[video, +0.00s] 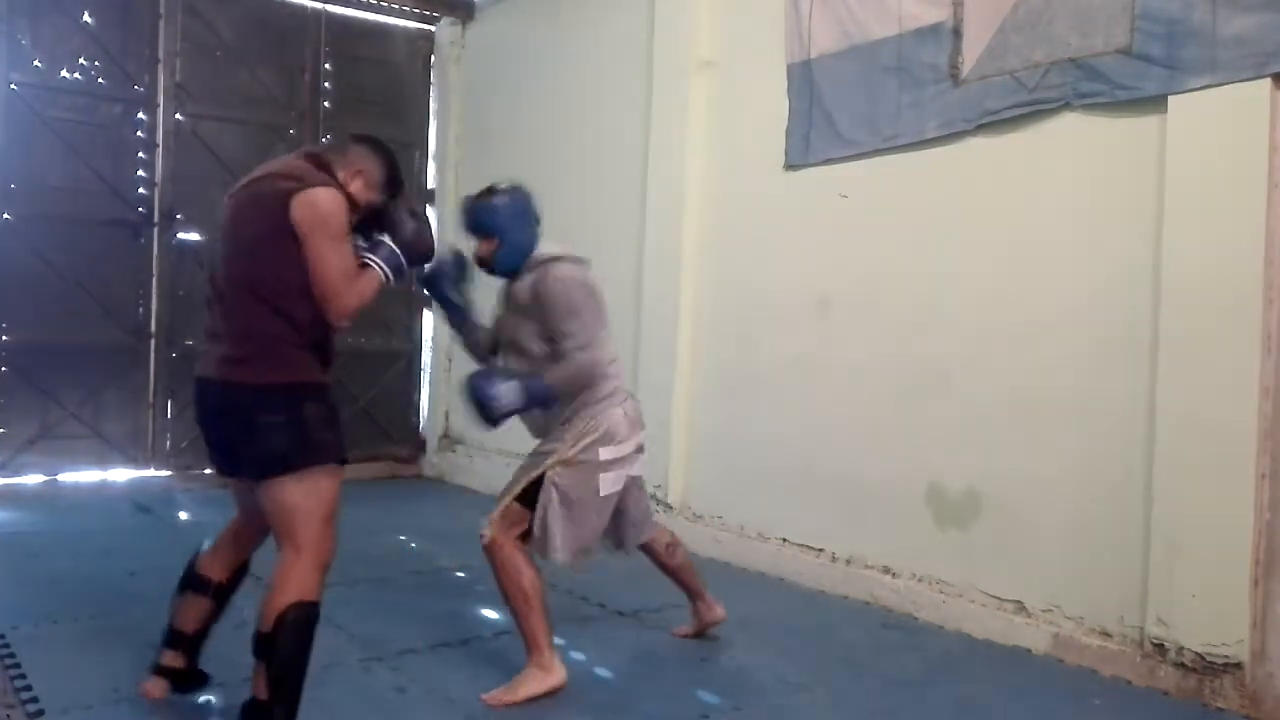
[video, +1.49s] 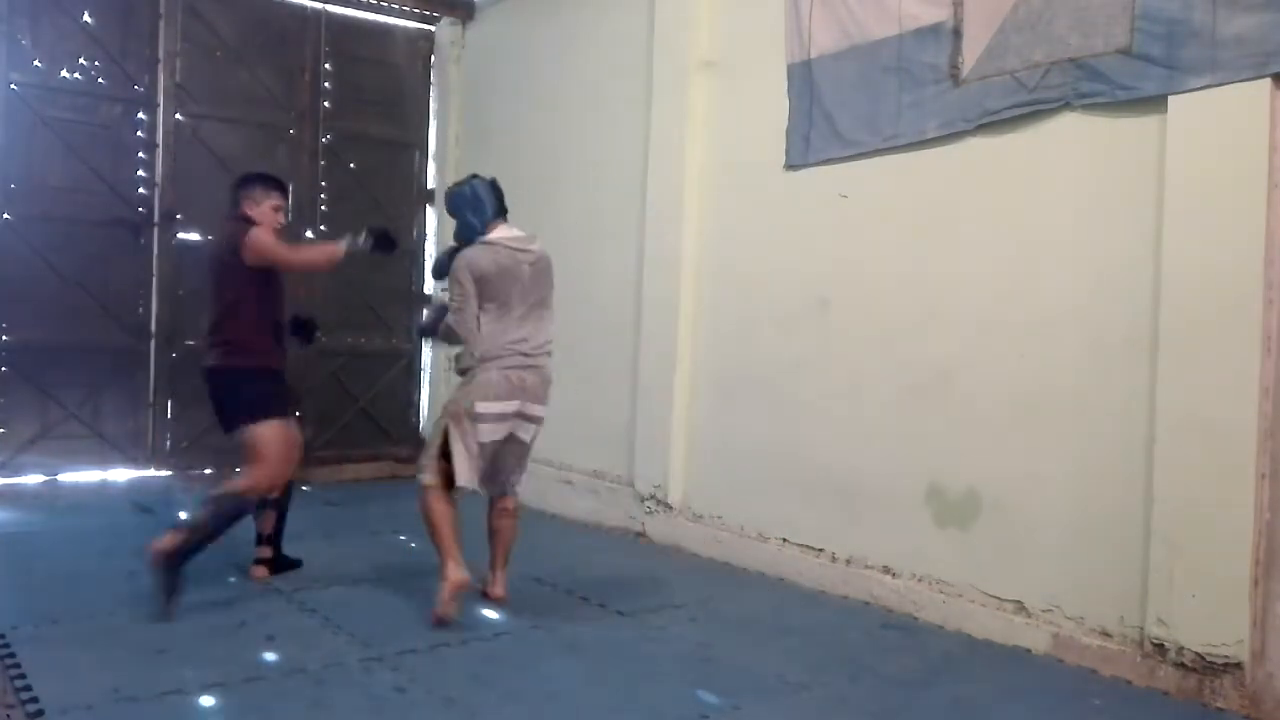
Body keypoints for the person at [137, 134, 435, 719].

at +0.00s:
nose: (361, 212)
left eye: (368, 206)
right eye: (369, 201)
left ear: (336, 160)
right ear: (356, 176)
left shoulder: (258, 186)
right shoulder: (318, 198)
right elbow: (343, 301)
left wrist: (372, 245)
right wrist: (392, 252)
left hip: (225, 388)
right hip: (284, 393)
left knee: (250, 522)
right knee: (306, 553)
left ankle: (173, 663)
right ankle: (271, 704)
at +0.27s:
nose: (284, 206)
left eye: (288, 197)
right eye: (284, 192)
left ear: (240, 171)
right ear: (261, 175)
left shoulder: (194, 210)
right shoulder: (234, 211)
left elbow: (274, 277)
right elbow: (306, 282)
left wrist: (313, 229)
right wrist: (333, 231)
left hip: (191, 405)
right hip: (238, 407)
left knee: (212, 531)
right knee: (260, 555)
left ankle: (123, 658)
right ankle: (259, 704)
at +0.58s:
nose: (246, 142)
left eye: (246, 132)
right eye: (241, 130)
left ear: (193, 128)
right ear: (216, 126)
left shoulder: (164, 171)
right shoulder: (211, 165)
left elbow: (164, 252)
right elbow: (193, 227)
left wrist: (241, 259)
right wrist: (248, 281)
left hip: (156, 341)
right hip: (194, 345)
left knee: (175, 479)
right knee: (192, 482)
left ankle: (120, 604)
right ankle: (115, 627)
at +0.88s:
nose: (236, 187)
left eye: (237, 177)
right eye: (228, 177)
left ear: (198, 176)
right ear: (199, 173)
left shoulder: (173, 217)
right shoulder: (188, 223)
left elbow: (176, 295)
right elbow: (148, 290)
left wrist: (229, 323)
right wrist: (217, 323)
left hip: (147, 374)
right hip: (179, 378)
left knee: (148, 480)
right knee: (189, 492)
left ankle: (103, 590)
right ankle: (118, 610)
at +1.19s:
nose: (252, 194)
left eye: (252, 184)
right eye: (245, 184)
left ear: (217, 182)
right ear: (214, 178)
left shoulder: (194, 217)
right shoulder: (205, 220)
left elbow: (203, 297)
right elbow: (212, 291)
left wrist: (252, 313)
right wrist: (279, 302)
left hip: (207, 366)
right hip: (192, 369)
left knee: (224, 455)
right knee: (172, 477)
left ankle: (235, 556)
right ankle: (107, 599)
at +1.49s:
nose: (281, 217)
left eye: (283, 210)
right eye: (275, 208)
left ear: (256, 211)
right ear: (248, 205)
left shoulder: (245, 242)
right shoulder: (248, 238)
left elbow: (247, 311)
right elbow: (304, 257)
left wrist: (288, 326)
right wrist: (355, 243)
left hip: (255, 366)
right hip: (243, 367)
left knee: (285, 453)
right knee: (269, 466)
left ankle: (268, 554)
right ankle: (178, 545)